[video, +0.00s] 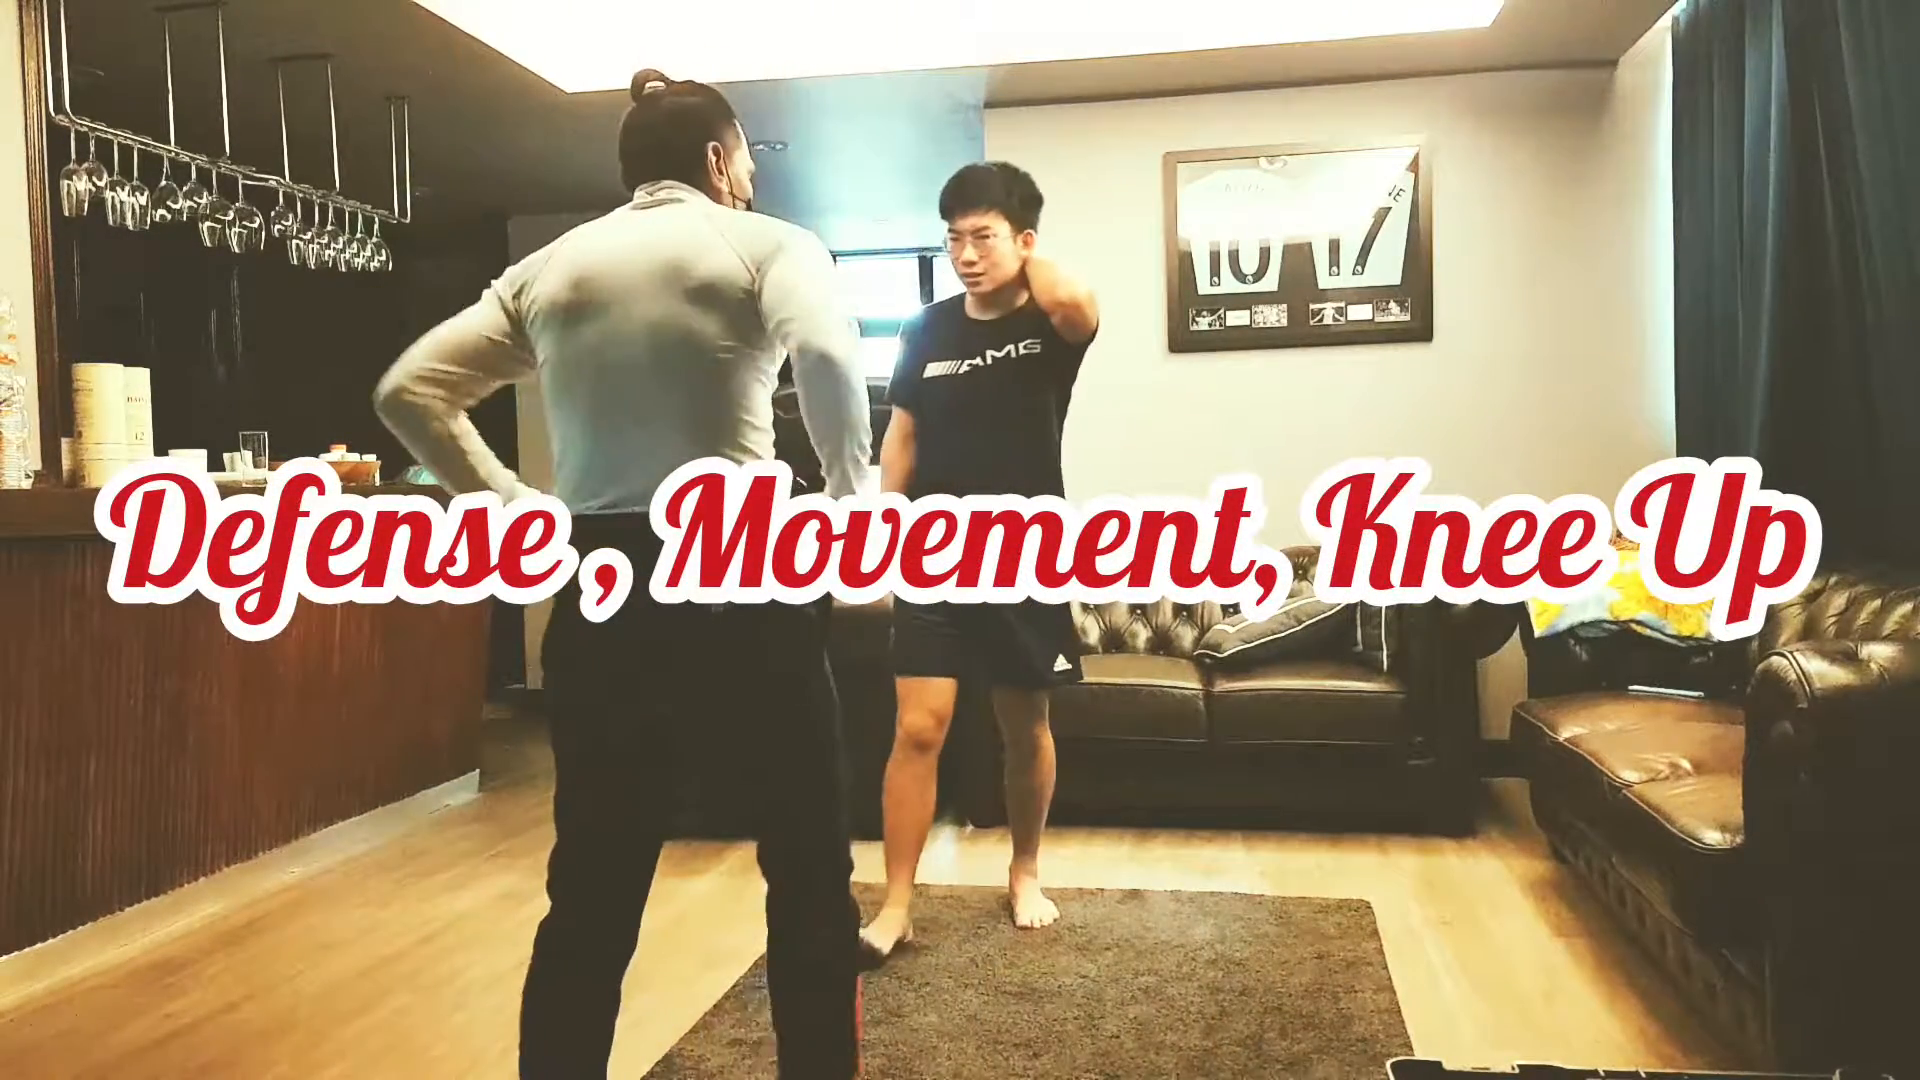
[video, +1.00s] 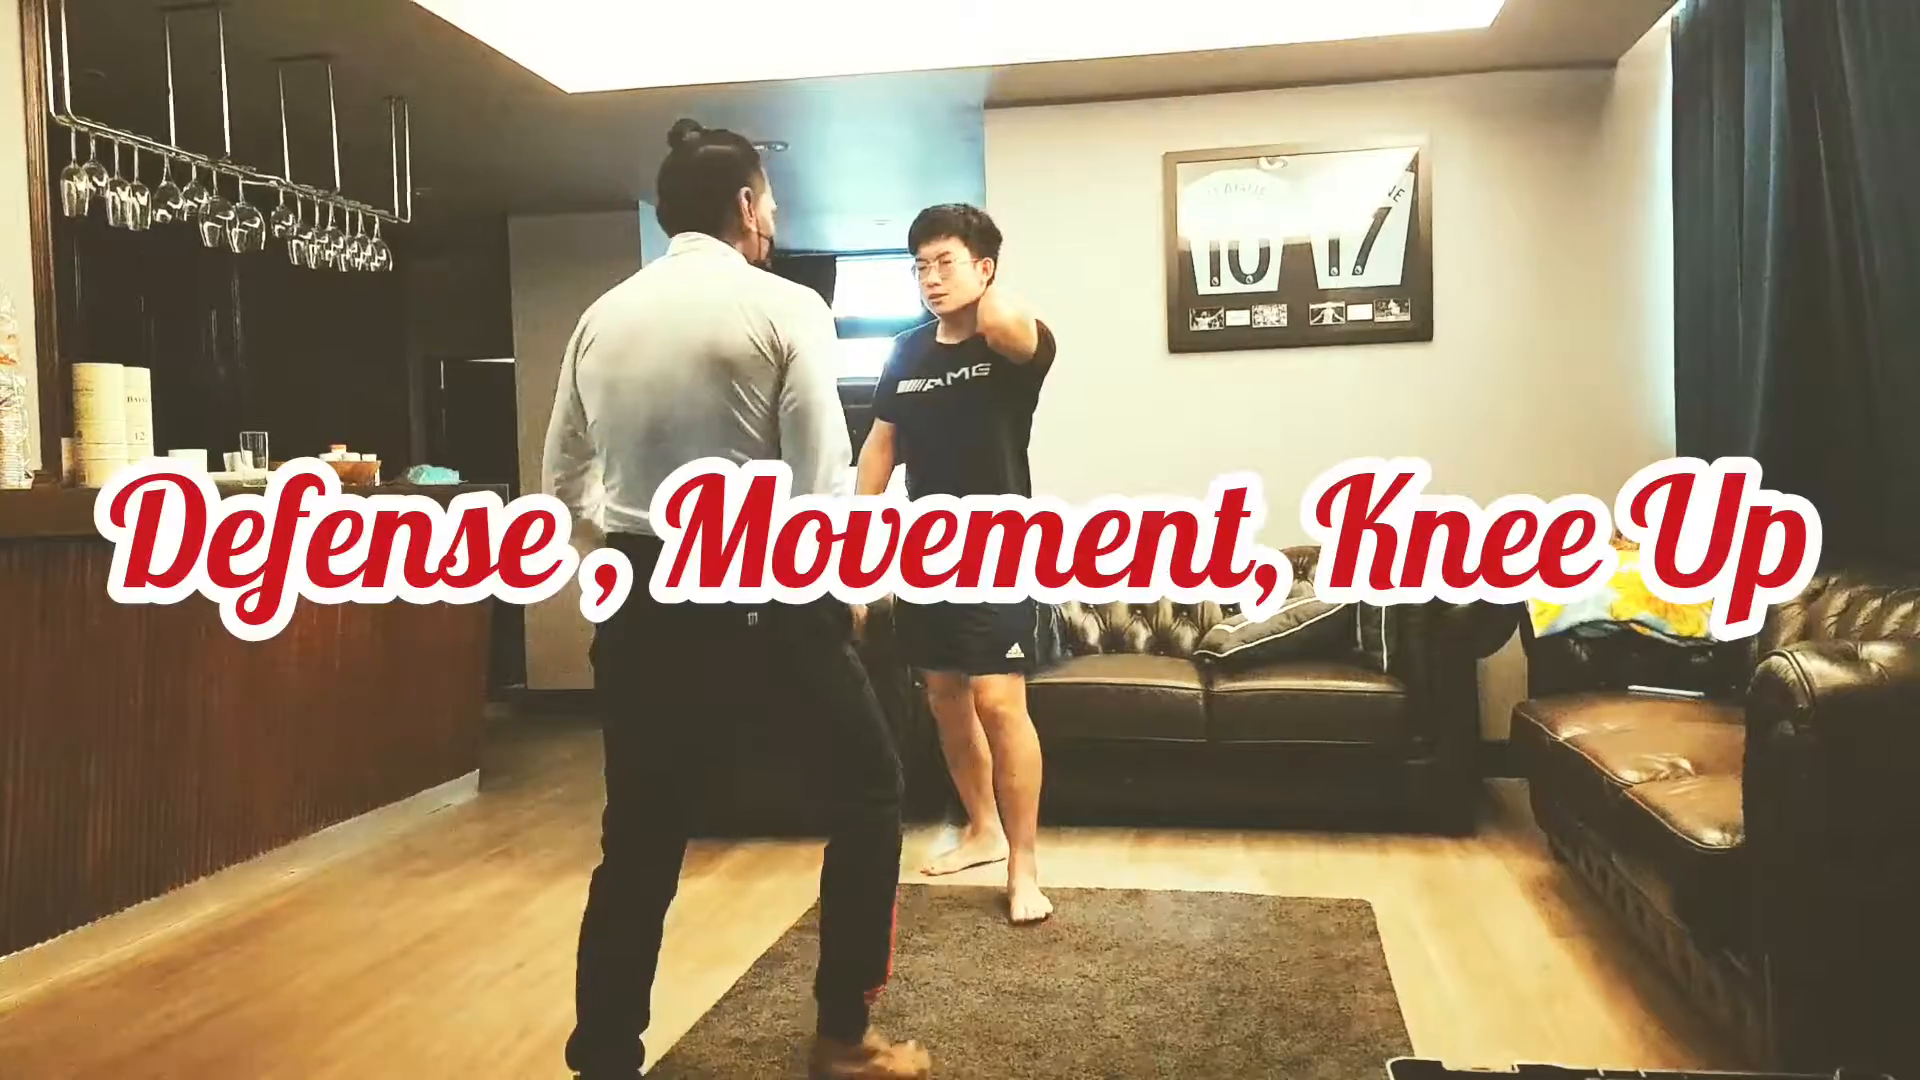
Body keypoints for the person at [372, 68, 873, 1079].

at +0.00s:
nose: (749, 173)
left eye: (744, 155)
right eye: (742, 156)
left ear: (637, 171)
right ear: (717, 161)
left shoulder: (548, 267)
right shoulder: (764, 243)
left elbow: (409, 389)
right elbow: (823, 347)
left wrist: (507, 505)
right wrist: (856, 492)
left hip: (595, 602)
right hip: (748, 597)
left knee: (589, 902)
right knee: (809, 879)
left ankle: (555, 1074)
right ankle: (819, 1062)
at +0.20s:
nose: (780, 172)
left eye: (776, 156)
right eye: (774, 156)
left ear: (664, 172)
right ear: (750, 163)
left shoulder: (590, 283)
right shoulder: (806, 262)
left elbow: (518, 454)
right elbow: (879, 437)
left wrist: (601, 534)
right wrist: (883, 568)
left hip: (651, 626)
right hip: (793, 621)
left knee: (628, 886)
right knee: (819, 876)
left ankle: (579, 1068)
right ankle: (829, 1061)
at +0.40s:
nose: (833, 192)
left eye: (829, 175)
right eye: (831, 175)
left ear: (725, 179)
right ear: (811, 181)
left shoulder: (641, 287)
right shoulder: (852, 292)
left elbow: (610, 472)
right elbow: (929, 469)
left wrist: (675, 568)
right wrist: (939, 616)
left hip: (684, 626)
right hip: (827, 625)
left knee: (677, 847)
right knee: (836, 858)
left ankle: (657, 1053)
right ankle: (831, 1060)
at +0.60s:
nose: (853, 200)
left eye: (851, 181)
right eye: (851, 182)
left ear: (752, 180)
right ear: (831, 184)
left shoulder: (657, 280)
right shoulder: (862, 291)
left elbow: (557, 420)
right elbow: (919, 483)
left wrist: (645, 540)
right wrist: (913, 607)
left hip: (683, 622)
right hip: (814, 626)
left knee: (674, 843)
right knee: (826, 872)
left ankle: (624, 1053)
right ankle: (827, 1061)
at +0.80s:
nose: (816, 197)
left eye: (811, 178)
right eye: (810, 179)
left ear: (717, 195)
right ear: (784, 186)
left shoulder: (624, 302)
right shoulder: (814, 299)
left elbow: (553, 446)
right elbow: (860, 480)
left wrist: (607, 563)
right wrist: (855, 610)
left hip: (658, 605)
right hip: (788, 608)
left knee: (645, 841)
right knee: (845, 840)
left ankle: (606, 1059)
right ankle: (825, 1060)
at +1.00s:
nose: (773, 217)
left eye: (767, 199)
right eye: (767, 200)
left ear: (673, 213)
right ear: (742, 208)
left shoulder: (601, 318)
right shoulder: (784, 307)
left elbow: (565, 476)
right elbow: (823, 478)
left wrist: (618, 557)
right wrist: (850, 587)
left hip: (640, 613)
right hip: (770, 612)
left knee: (638, 839)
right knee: (870, 790)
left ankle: (602, 1061)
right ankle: (847, 1031)